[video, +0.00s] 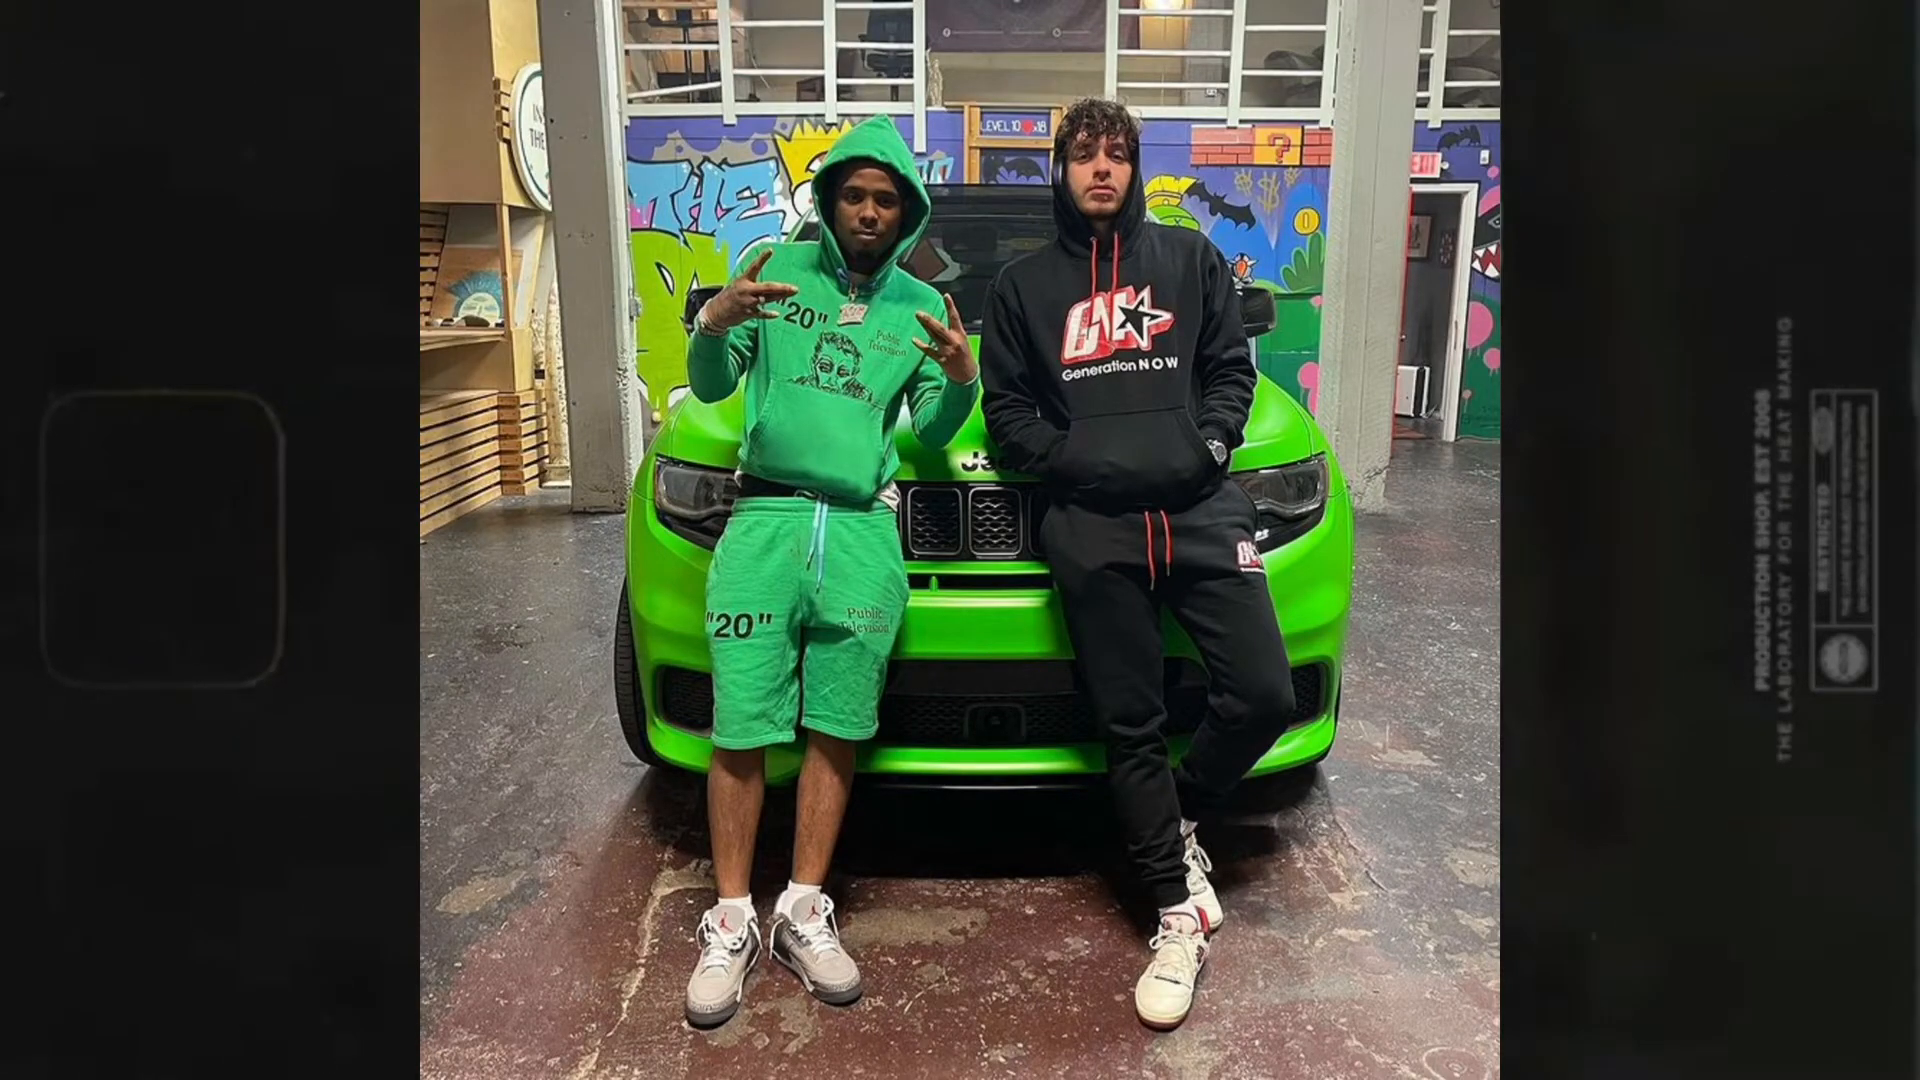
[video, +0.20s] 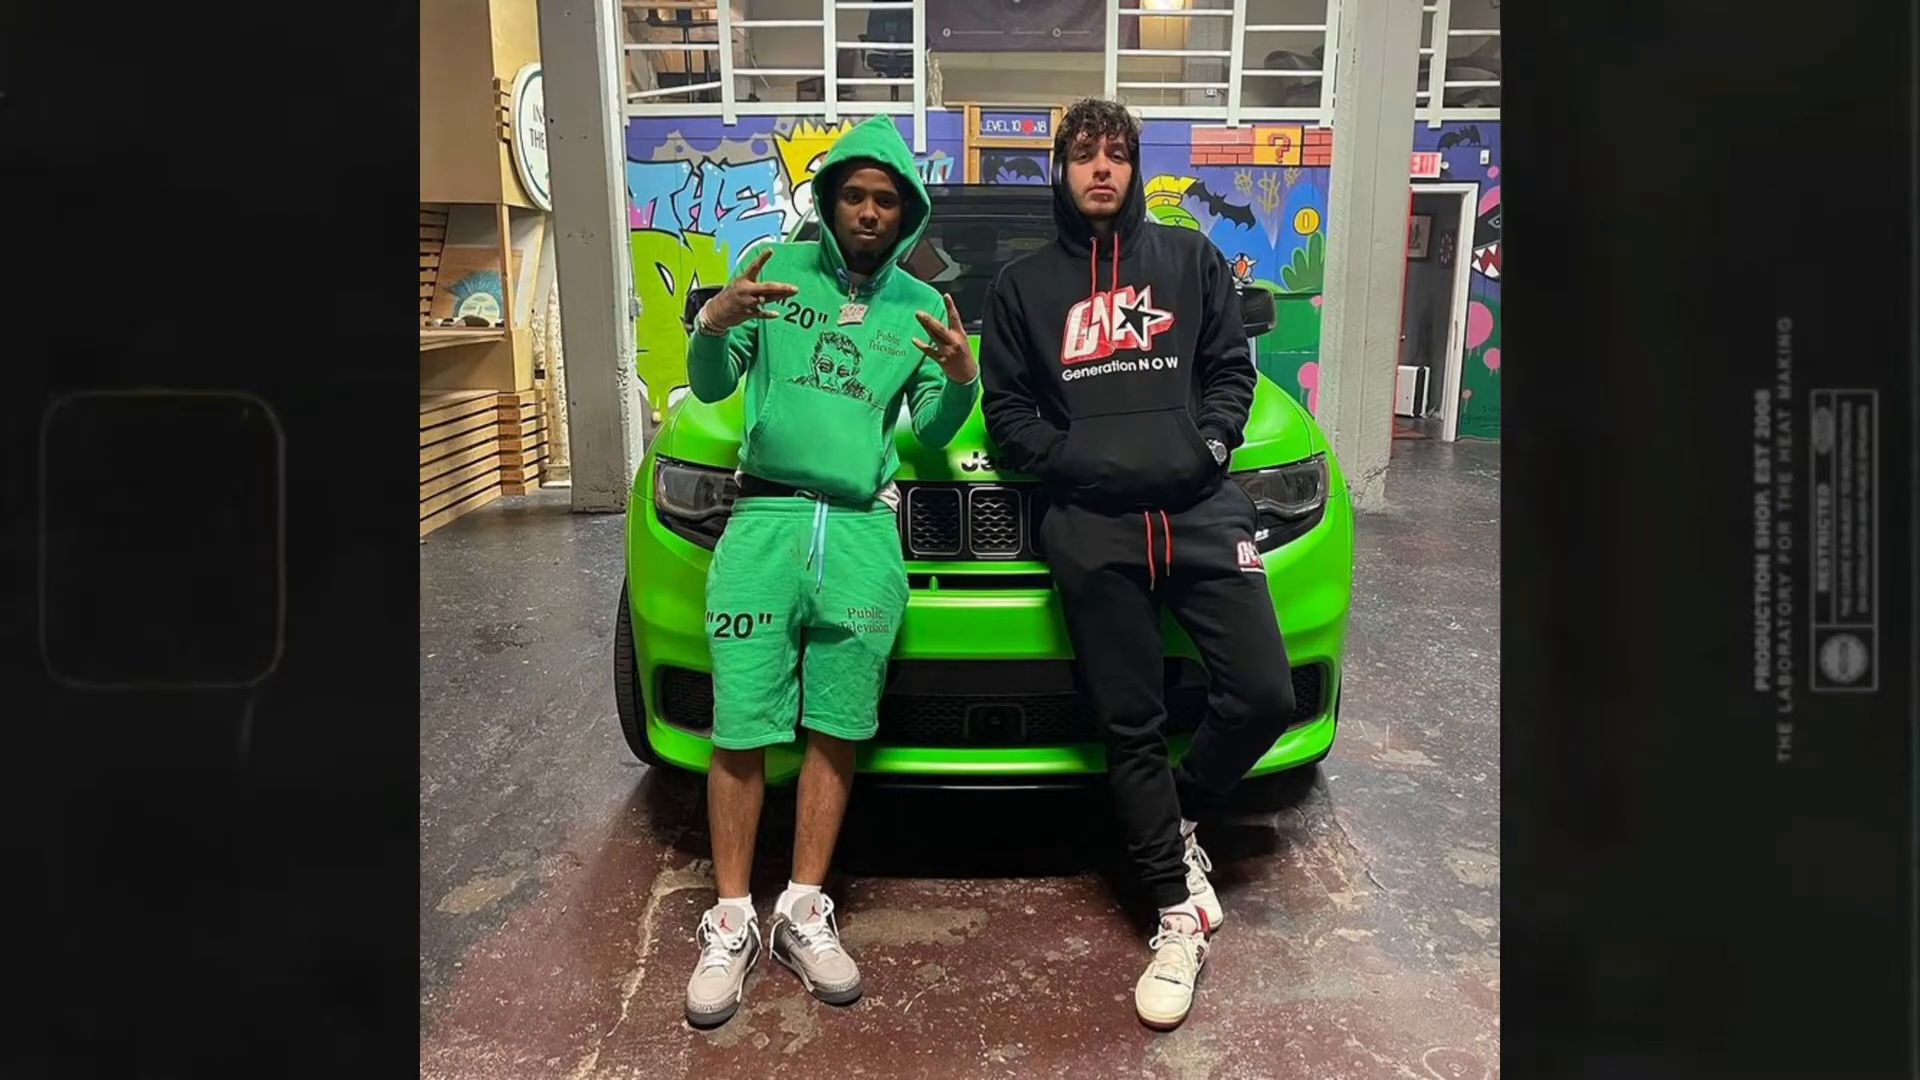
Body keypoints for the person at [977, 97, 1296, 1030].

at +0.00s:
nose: (1101, 171)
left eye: (1115, 159)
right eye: (1086, 159)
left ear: (1137, 170)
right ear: (1061, 172)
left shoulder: (1193, 257)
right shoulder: (1019, 281)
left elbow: (1232, 367)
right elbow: (1005, 405)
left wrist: (1208, 445)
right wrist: (1066, 456)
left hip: (1200, 502)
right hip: (1090, 513)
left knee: (1262, 693)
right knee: (1131, 719)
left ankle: (1180, 820)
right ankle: (1179, 917)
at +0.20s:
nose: (1101, 171)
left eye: (1115, 159)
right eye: (1086, 159)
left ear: (1137, 170)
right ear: (1061, 172)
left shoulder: (1193, 257)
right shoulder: (1019, 281)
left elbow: (1232, 367)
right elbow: (1005, 405)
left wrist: (1208, 445)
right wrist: (1066, 456)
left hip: (1200, 502)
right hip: (1090, 513)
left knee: (1262, 693)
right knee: (1131, 719)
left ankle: (1179, 819)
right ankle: (1179, 917)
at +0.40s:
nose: (1101, 171)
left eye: (1115, 159)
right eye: (1086, 159)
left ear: (1137, 170)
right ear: (1061, 172)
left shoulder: (1193, 257)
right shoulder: (1019, 281)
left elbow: (1232, 367)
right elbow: (1005, 405)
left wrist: (1208, 445)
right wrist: (1066, 456)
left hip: (1200, 502)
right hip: (1090, 513)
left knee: (1262, 693)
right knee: (1131, 719)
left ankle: (1179, 819)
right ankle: (1179, 917)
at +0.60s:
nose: (1101, 171)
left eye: (1115, 159)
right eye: (1086, 159)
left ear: (1137, 170)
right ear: (1061, 172)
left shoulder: (1193, 257)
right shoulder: (1019, 281)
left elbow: (1232, 367)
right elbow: (1005, 405)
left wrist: (1208, 445)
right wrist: (1066, 456)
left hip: (1200, 502)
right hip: (1090, 513)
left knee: (1262, 693)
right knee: (1131, 719)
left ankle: (1179, 819)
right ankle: (1179, 917)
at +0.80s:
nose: (1101, 171)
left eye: (1115, 159)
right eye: (1086, 159)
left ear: (1137, 170)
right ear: (1061, 172)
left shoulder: (1193, 257)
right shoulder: (1019, 281)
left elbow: (1232, 367)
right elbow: (1005, 405)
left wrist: (1208, 445)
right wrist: (1066, 456)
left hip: (1200, 502)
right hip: (1090, 513)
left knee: (1262, 693)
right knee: (1131, 719)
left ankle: (1179, 819)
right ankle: (1179, 917)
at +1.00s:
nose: (1101, 171)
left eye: (1115, 159)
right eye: (1086, 159)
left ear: (1137, 170)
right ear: (1061, 172)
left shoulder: (1193, 257)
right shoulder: (1019, 281)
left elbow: (1232, 367)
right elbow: (1005, 405)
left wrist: (1208, 445)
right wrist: (1066, 456)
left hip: (1200, 502)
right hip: (1090, 513)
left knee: (1262, 693)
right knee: (1131, 719)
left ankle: (1179, 819)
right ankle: (1179, 917)